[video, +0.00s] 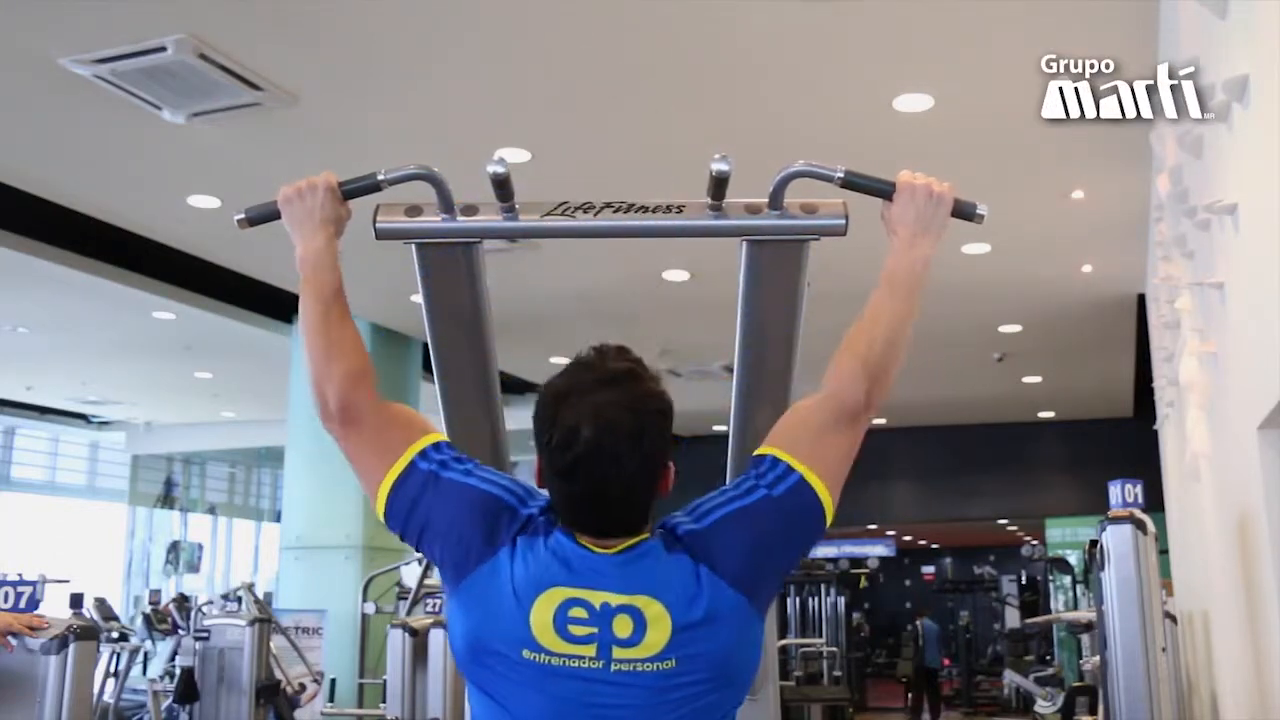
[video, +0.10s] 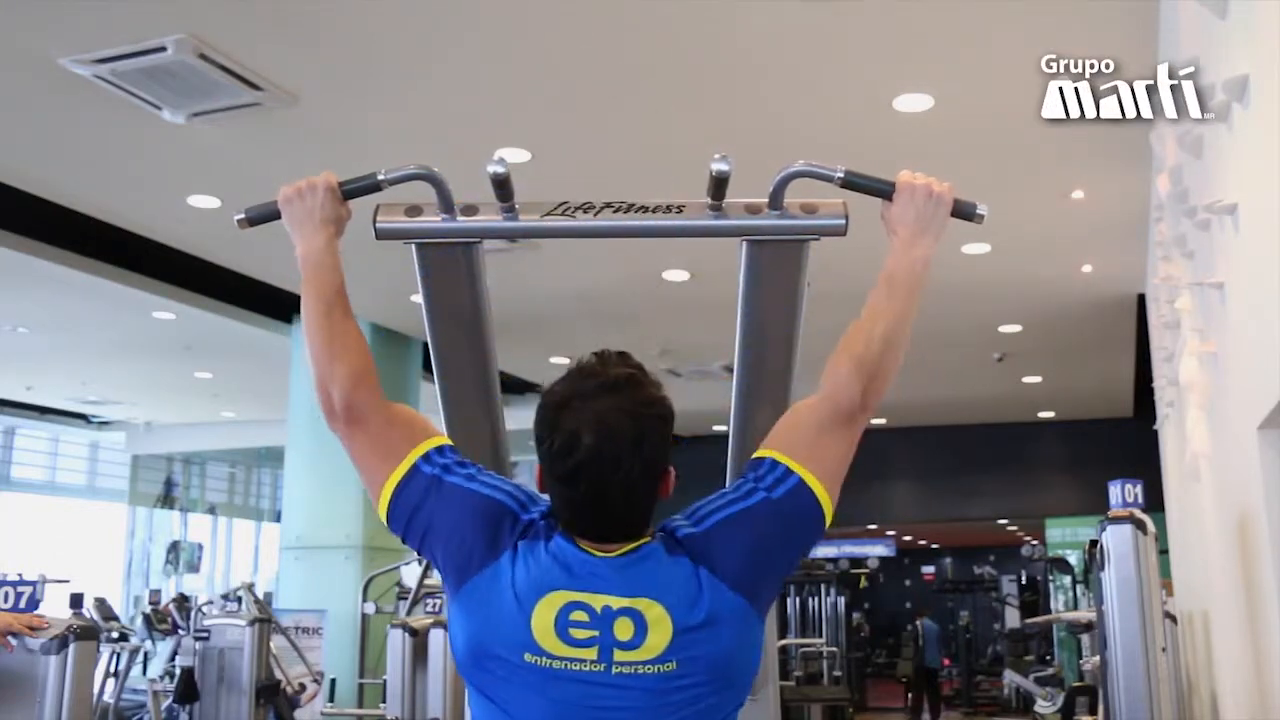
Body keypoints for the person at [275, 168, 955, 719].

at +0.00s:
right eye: (665, 445)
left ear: (542, 470)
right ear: (667, 475)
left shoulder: (487, 554)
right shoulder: (724, 572)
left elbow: (349, 406)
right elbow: (849, 403)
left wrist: (316, 244)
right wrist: (912, 244)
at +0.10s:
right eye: (665, 451)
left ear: (543, 477)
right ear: (666, 483)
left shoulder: (486, 560)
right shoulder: (724, 575)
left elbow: (354, 407)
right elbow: (846, 403)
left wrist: (316, 243)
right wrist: (912, 245)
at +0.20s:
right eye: (664, 453)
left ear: (542, 479)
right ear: (666, 486)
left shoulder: (486, 561)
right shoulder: (724, 576)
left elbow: (354, 407)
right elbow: (845, 403)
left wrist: (316, 243)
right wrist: (909, 246)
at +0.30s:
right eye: (663, 453)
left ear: (542, 479)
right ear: (666, 486)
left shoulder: (486, 562)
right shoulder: (723, 578)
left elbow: (355, 408)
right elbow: (845, 404)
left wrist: (316, 243)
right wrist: (909, 246)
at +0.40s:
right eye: (663, 453)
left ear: (542, 479)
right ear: (666, 485)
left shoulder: (485, 561)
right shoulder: (723, 577)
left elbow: (355, 408)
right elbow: (845, 403)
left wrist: (316, 241)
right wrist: (909, 246)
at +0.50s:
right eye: (663, 452)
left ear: (542, 478)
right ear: (665, 484)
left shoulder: (485, 561)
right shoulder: (723, 575)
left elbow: (355, 408)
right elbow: (845, 404)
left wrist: (316, 241)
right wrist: (909, 246)